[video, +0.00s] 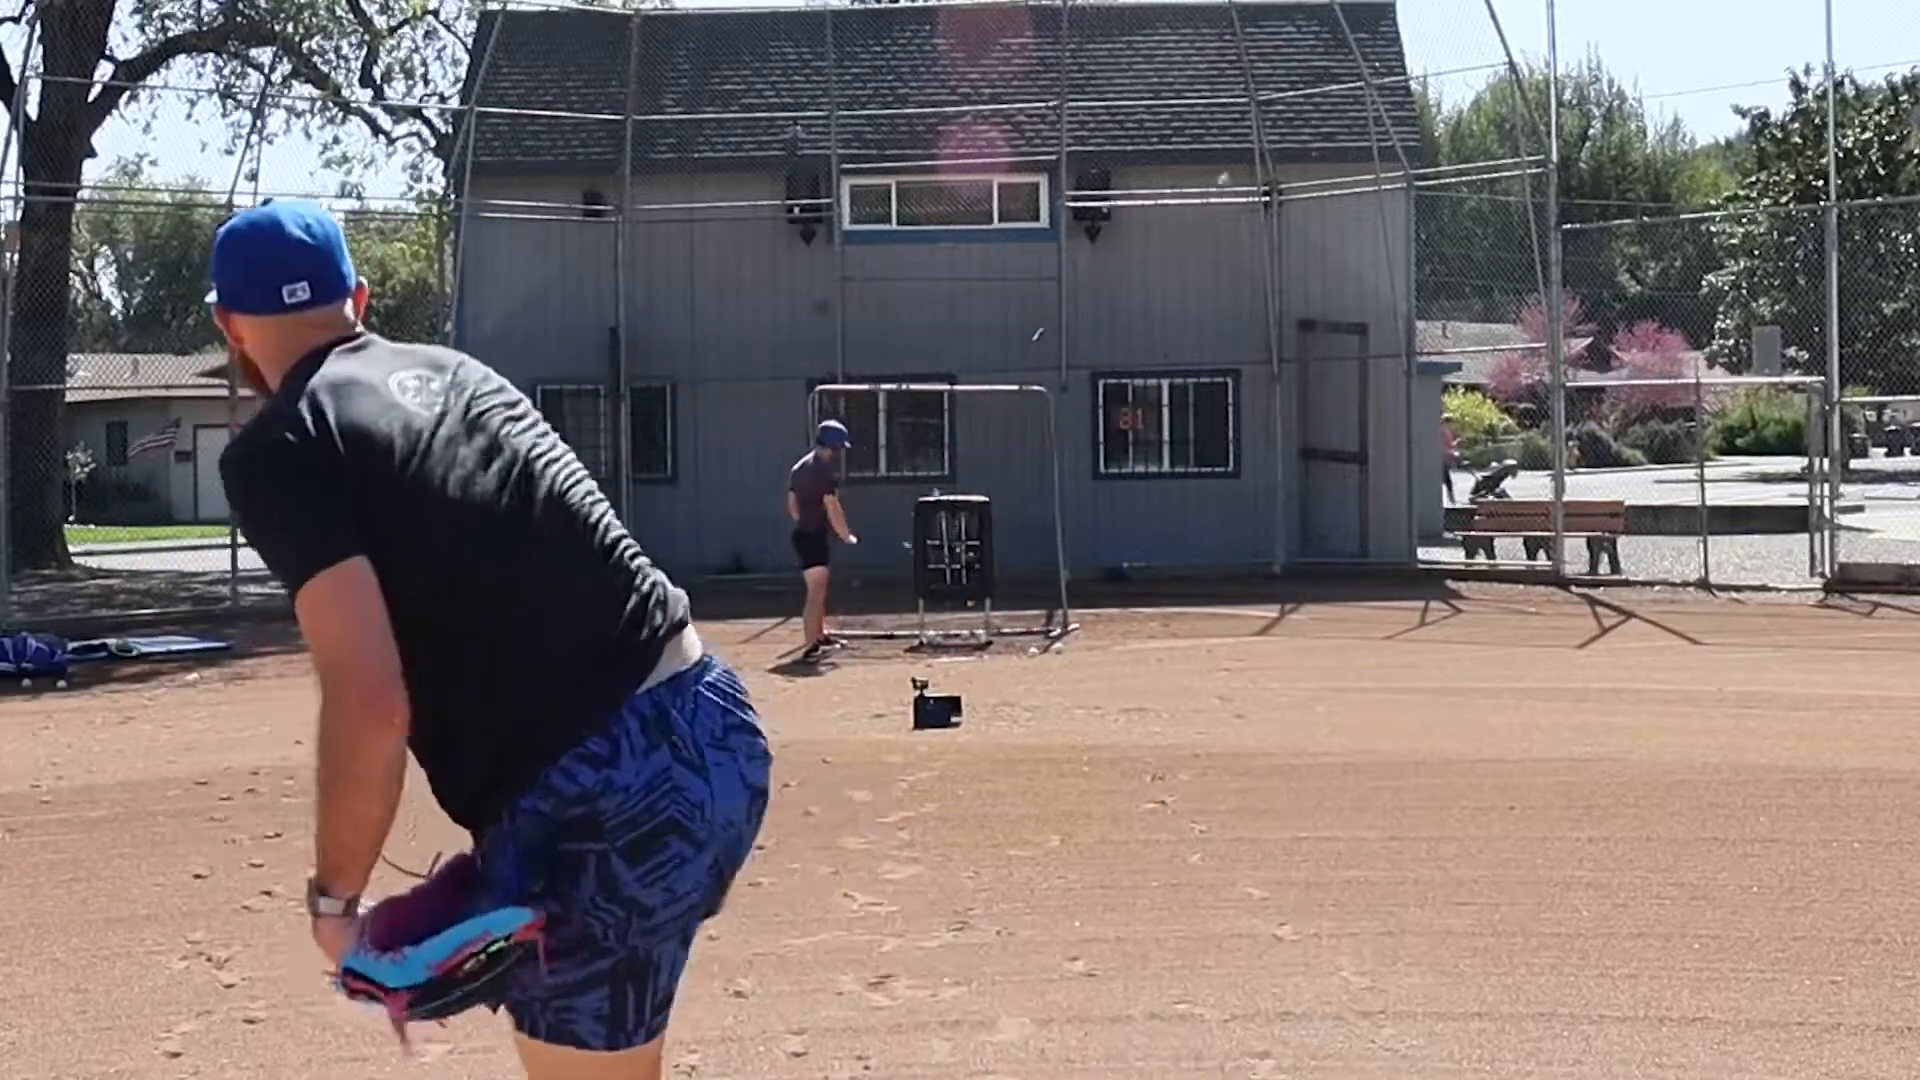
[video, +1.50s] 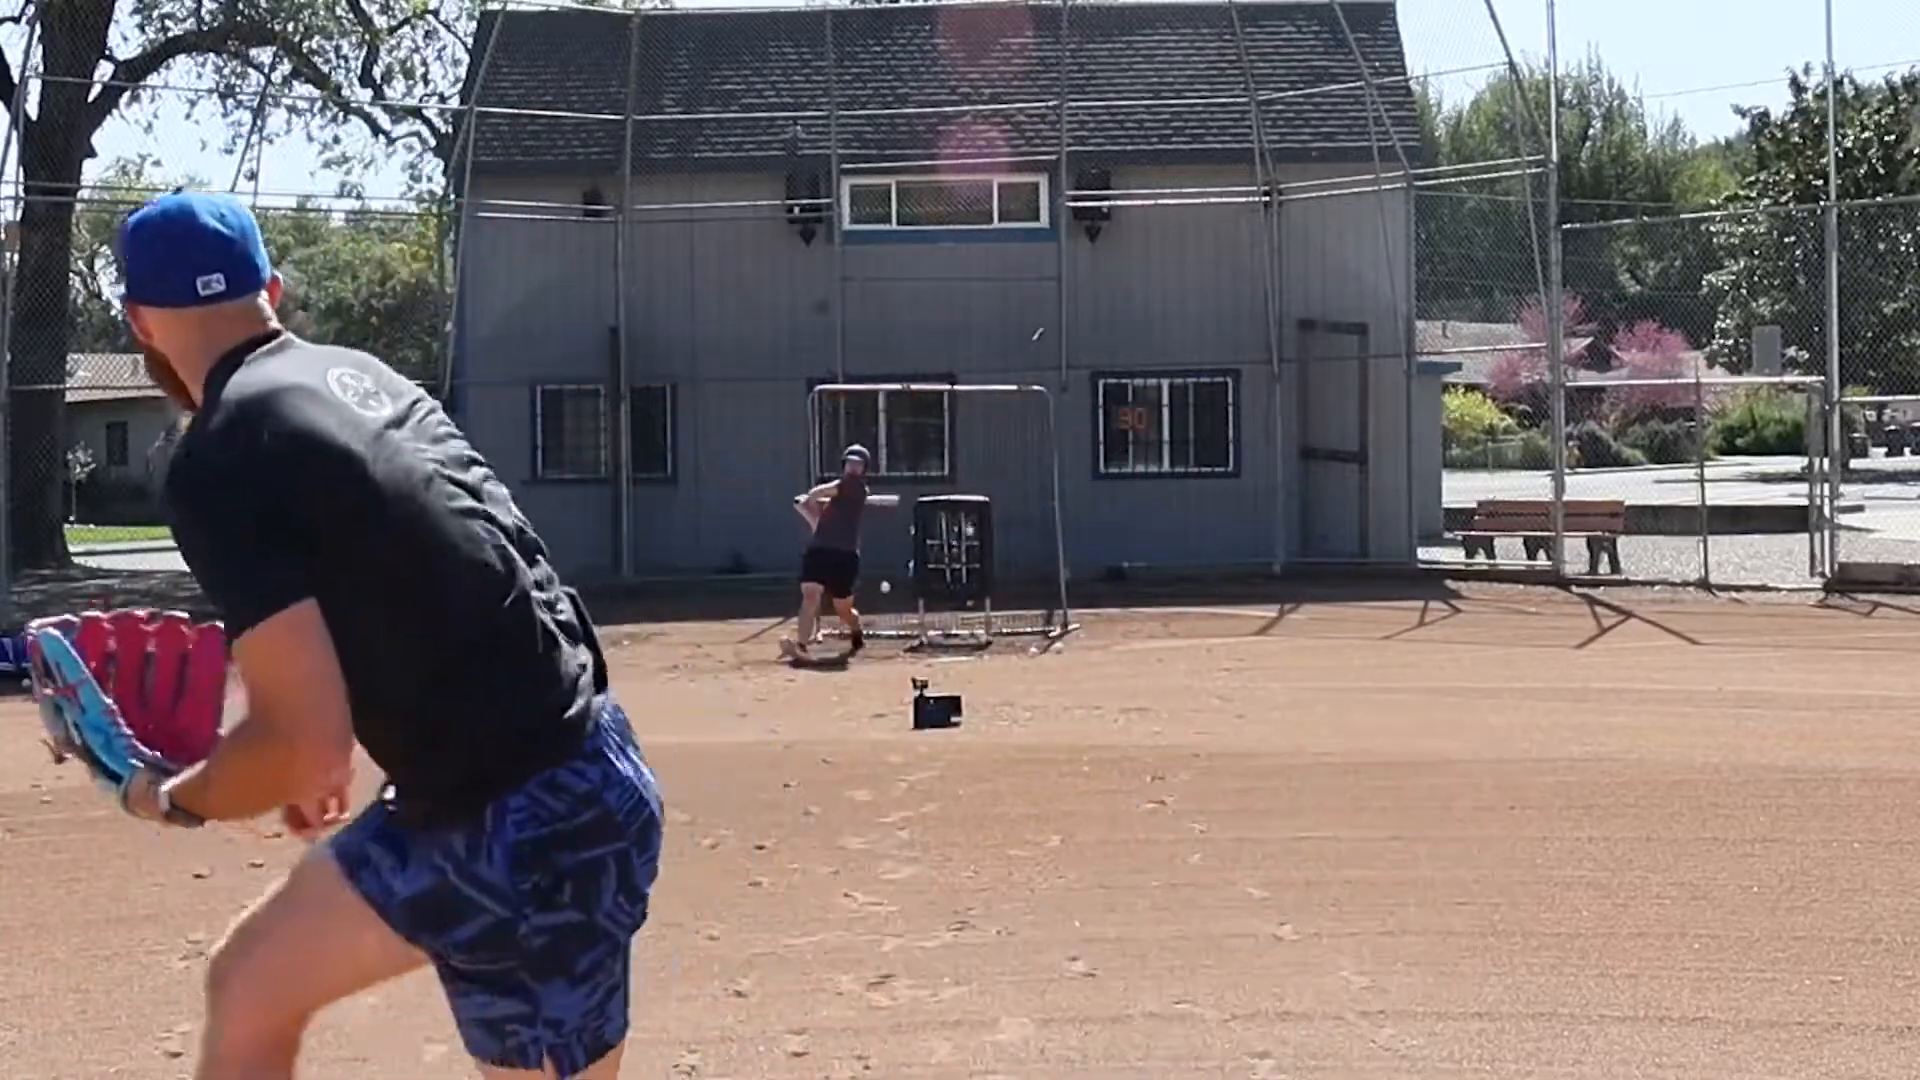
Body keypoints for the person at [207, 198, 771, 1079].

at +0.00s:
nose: (231, 343)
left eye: (225, 325)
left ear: (232, 330)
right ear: (359, 299)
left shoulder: (283, 442)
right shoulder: (452, 368)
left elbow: (370, 700)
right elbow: (547, 592)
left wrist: (335, 895)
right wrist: (506, 844)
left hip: (612, 788)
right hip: (709, 723)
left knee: (587, 1056)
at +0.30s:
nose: (448, 291)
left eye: (442, 263)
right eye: (435, 263)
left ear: (252, 282)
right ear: (382, 289)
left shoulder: (402, 448)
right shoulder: (146, 534)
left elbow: (663, 476)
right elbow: (12, 883)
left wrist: (891, 538)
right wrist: (292, 1050)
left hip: (350, 994)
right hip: (160, 1045)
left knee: (493, 1068)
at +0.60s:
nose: (525, 479)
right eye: (521, 464)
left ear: (386, 511)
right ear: (511, 479)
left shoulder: (334, 709)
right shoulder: (614, 581)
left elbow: (272, 986)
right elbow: (846, 464)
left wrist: (353, 956)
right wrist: (742, 358)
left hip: (426, 1042)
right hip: (613, 1029)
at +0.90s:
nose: (282, 595)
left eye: (284, 572)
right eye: (287, 570)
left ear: (307, 554)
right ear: (400, 531)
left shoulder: (334, 596)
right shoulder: (492, 602)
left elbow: (349, 720)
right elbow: (444, 867)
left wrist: (227, 860)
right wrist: (328, 978)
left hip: (565, 827)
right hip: (720, 757)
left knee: (577, 1057)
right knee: (916, 1064)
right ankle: (1166, 885)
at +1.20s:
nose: (191, 422)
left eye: (186, 406)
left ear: (195, 413)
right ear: (321, 387)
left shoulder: (226, 518)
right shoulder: (402, 448)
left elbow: (289, 739)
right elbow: (420, 641)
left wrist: (219, 866)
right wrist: (273, 799)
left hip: (565, 830)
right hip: (695, 722)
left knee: (587, 1065)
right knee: (819, 954)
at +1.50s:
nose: (137, 341)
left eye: (131, 323)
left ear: (142, 327)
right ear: (275, 293)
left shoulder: (223, 452)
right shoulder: (358, 375)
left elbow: (305, 745)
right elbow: (402, 584)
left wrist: (168, 793)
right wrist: (328, 744)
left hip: (535, 820)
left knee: (557, 1066)